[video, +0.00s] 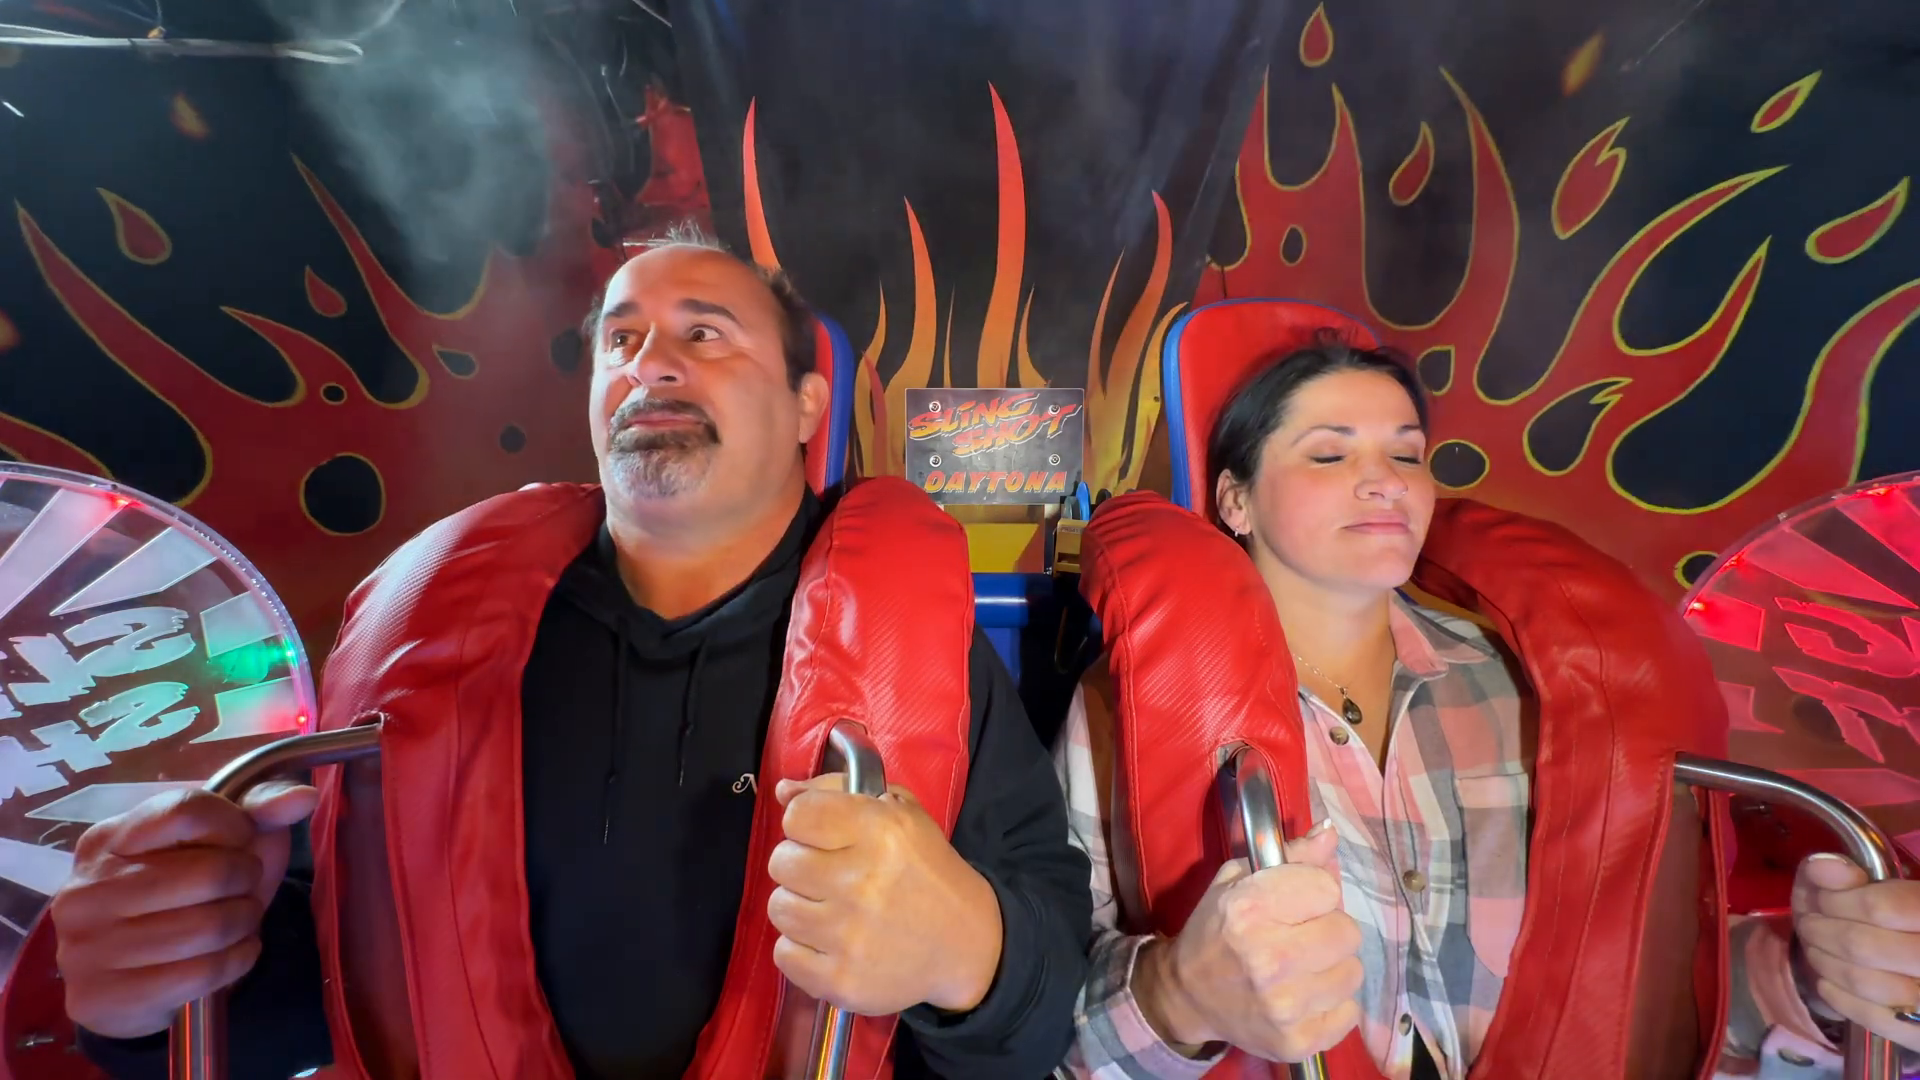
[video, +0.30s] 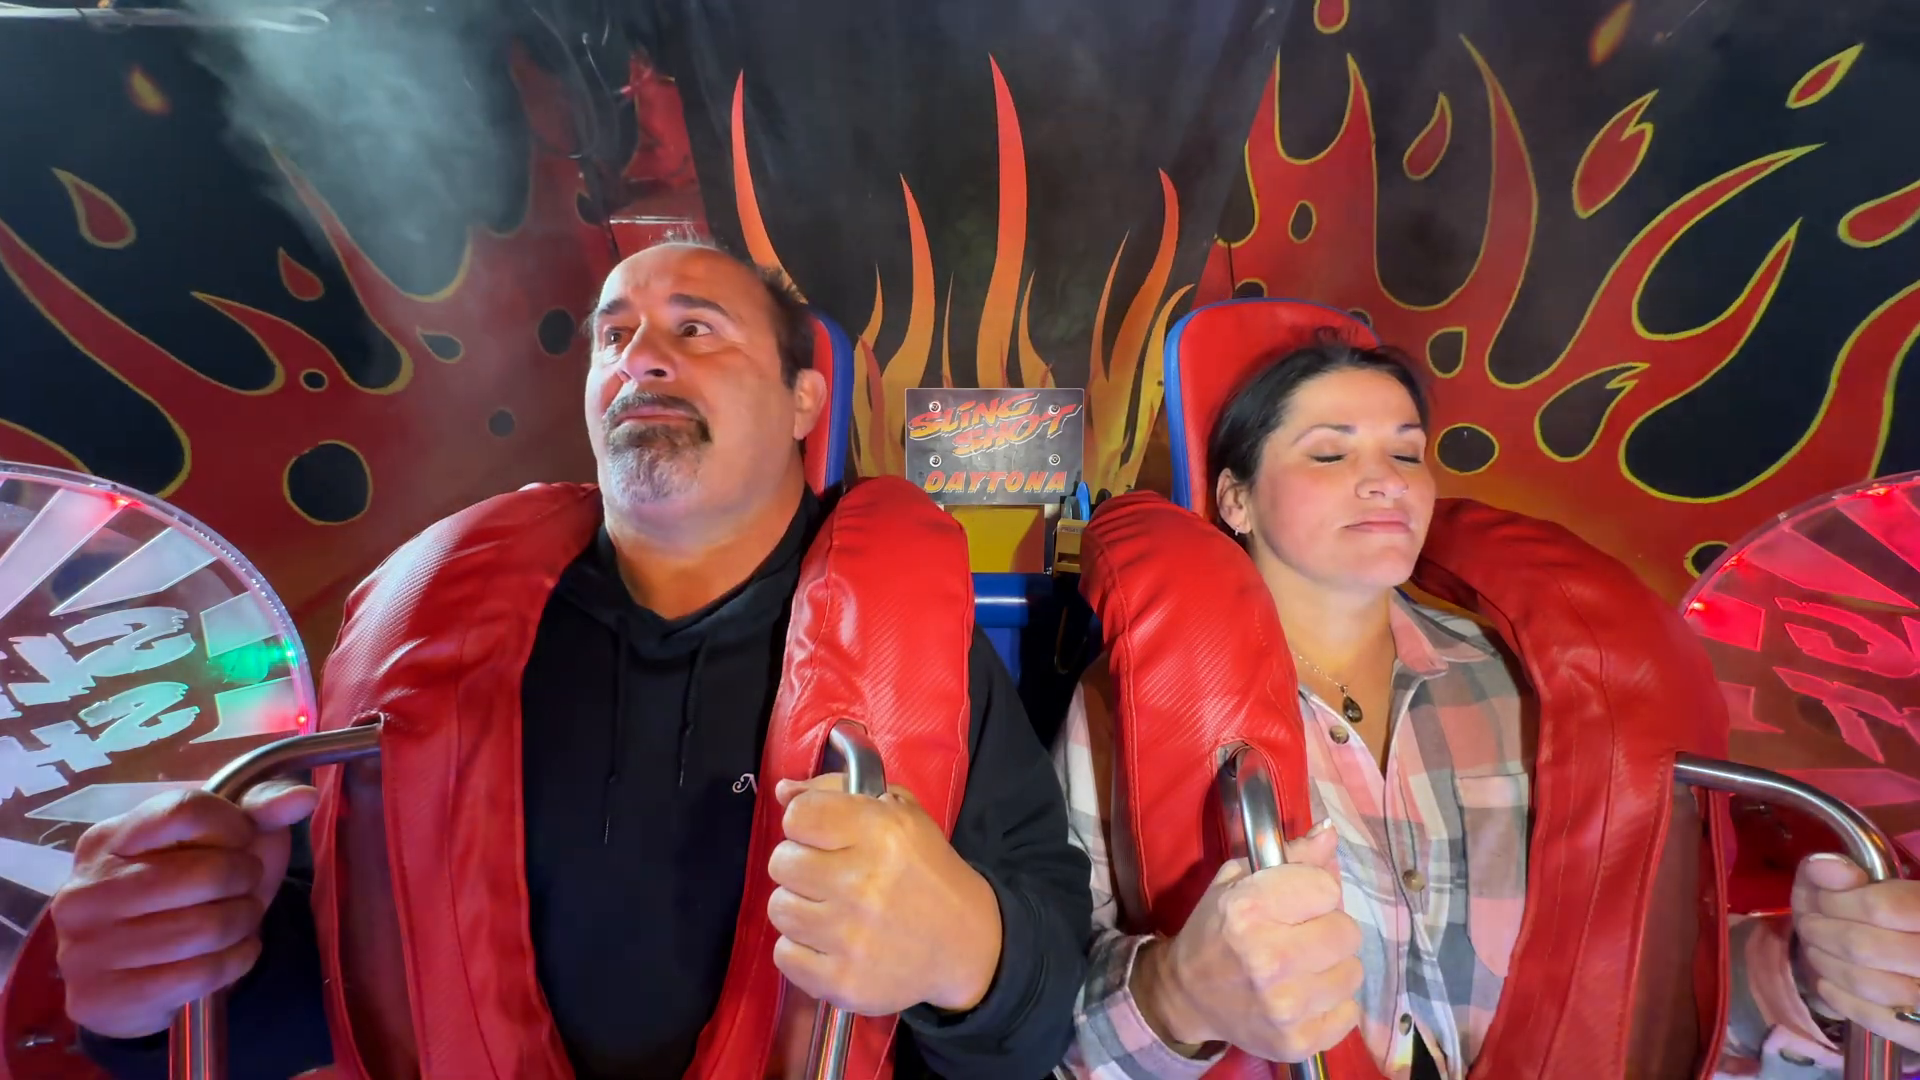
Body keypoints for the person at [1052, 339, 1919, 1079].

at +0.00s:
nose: (1385, 483)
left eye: (1406, 456)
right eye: (1330, 456)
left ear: (1434, 492)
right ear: (1237, 502)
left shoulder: (1520, 690)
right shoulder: (1142, 713)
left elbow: (1614, 969)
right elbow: (1053, 1034)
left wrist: (1803, 974)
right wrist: (1172, 999)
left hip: (1497, 1064)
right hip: (1260, 1071)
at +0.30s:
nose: (1384, 484)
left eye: (1406, 455)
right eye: (1330, 455)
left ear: (1435, 488)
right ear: (1238, 501)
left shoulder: (1521, 689)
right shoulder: (1142, 710)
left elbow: (1610, 974)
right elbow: (1050, 1035)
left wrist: (1796, 975)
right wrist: (1170, 1000)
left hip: (1496, 1065)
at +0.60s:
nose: (1384, 480)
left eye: (1406, 451)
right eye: (1328, 452)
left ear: (1436, 487)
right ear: (1238, 500)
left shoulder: (1519, 685)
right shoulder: (1143, 706)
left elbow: (1607, 968)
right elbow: (1050, 1030)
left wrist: (1790, 973)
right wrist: (1171, 997)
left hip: (1502, 1065)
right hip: (1268, 1073)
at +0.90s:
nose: (1386, 476)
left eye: (1407, 448)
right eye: (1329, 447)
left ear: (1436, 488)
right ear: (1238, 501)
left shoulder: (1524, 691)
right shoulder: (1143, 710)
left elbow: (1615, 975)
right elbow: (1047, 1032)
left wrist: (1800, 973)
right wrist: (1169, 1000)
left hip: (1495, 1064)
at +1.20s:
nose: (1388, 478)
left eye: (1408, 451)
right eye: (1329, 449)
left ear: (1434, 492)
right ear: (1238, 502)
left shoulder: (1523, 693)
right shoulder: (1142, 712)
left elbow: (1613, 975)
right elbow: (1046, 1033)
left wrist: (1797, 974)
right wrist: (1171, 1002)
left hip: (1494, 1066)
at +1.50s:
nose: (1388, 487)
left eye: (1408, 459)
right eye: (1332, 457)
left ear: (1435, 491)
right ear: (1238, 503)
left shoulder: (1522, 694)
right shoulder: (1141, 715)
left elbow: (1611, 976)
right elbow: (1046, 1036)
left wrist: (1800, 975)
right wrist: (1172, 1001)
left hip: (1492, 1066)